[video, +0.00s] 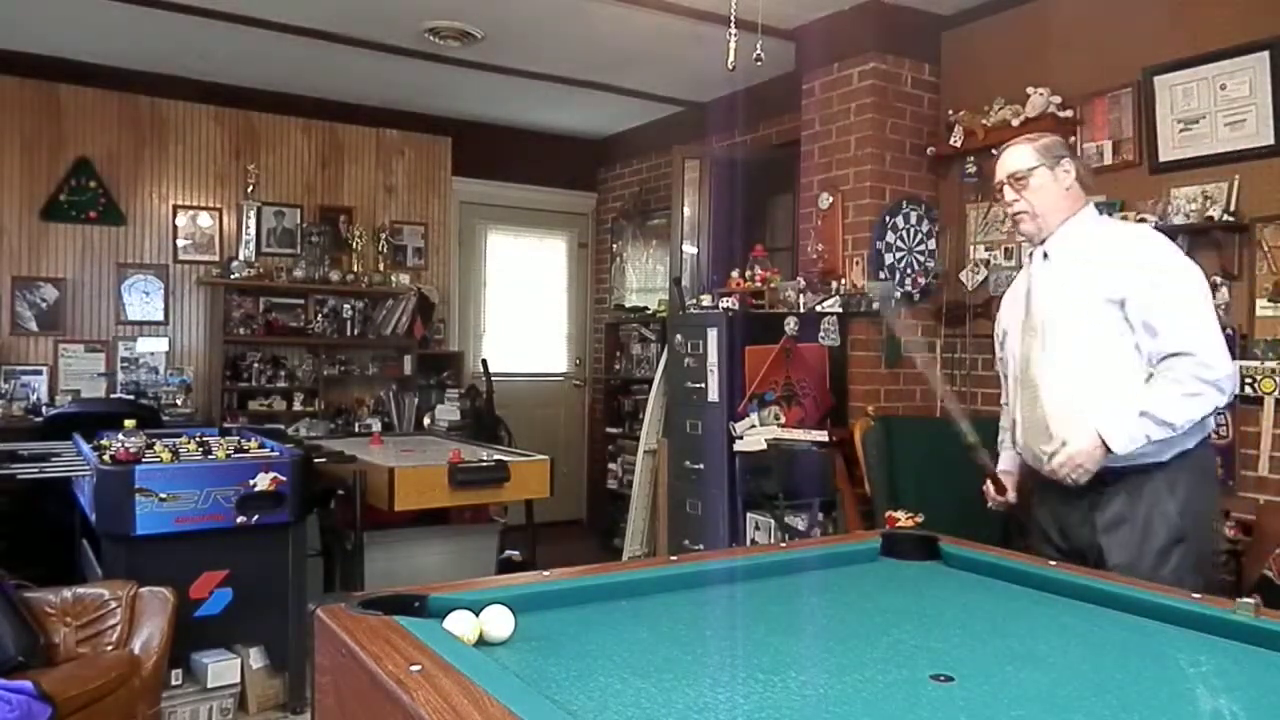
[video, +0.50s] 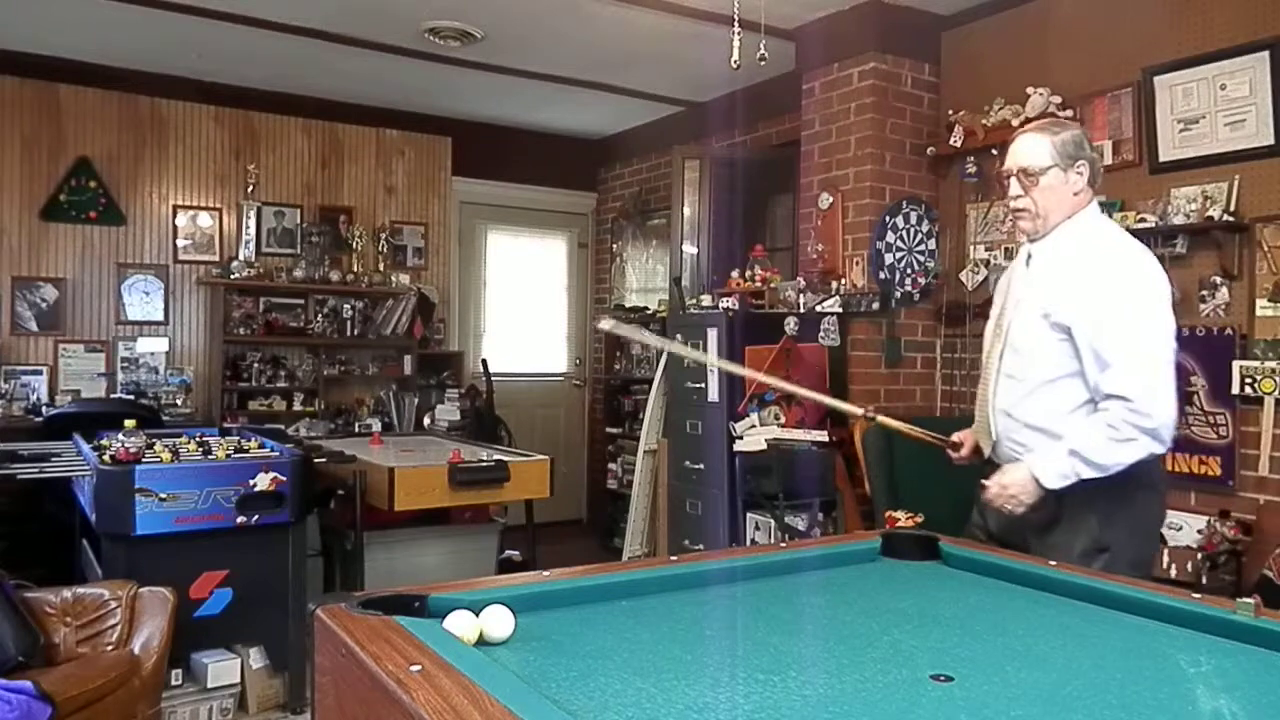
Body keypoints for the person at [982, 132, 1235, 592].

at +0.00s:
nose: (1008, 200)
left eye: (1019, 182)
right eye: (1001, 191)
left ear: (1066, 175)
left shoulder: (1139, 250)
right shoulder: (1015, 295)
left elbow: (1205, 371)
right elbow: (1015, 393)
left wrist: (1106, 442)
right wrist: (1009, 461)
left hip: (1149, 495)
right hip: (1050, 499)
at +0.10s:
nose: (1003, 202)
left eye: (1014, 183)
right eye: (996, 192)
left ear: (1060, 175)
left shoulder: (1132, 250)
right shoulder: (1018, 289)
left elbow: (1204, 372)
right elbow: (1020, 389)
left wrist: (1112, 447)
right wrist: (1006, 457)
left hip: (1143, 496)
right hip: (1048, 497)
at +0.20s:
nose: (1005, 199)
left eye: (1017, 180)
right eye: (998, 188)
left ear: (1066, 175)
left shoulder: (1130, 252)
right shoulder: (1023, 281)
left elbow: (1200, 381)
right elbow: (1031, 383)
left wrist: (1106, 456)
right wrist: (1003, 450)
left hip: (1130, 505)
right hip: (1041, 502)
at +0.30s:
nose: (1013, 198)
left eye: (1027, 181)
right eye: (1007, 187)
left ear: (1075, 178)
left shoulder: (1127, 260)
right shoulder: (1028, 274)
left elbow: (1187, 401)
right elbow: (1044, 384)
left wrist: (1086, 473)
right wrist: (998, 442)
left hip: (1118, 513)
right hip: (1032, 505)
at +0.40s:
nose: (1015, 200)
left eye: (1031, 183)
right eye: (1010, 186)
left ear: (1081, 182)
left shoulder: (1125, 267)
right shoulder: (1034, 266)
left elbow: (1164, 419)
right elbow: (1040, 377)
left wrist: (1059, 480)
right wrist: (994, 435)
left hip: (1108, 510)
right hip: (1019, 497)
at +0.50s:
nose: (1012, 192)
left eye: (1027, 176)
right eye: (1007, 179)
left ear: (1077, 177)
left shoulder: (1116, 263)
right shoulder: (1029, 259)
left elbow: (1143, 417)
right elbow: (1031, 372)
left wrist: (1038, 472)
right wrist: (985, 431)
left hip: (1094, 505)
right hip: (1012, 492)